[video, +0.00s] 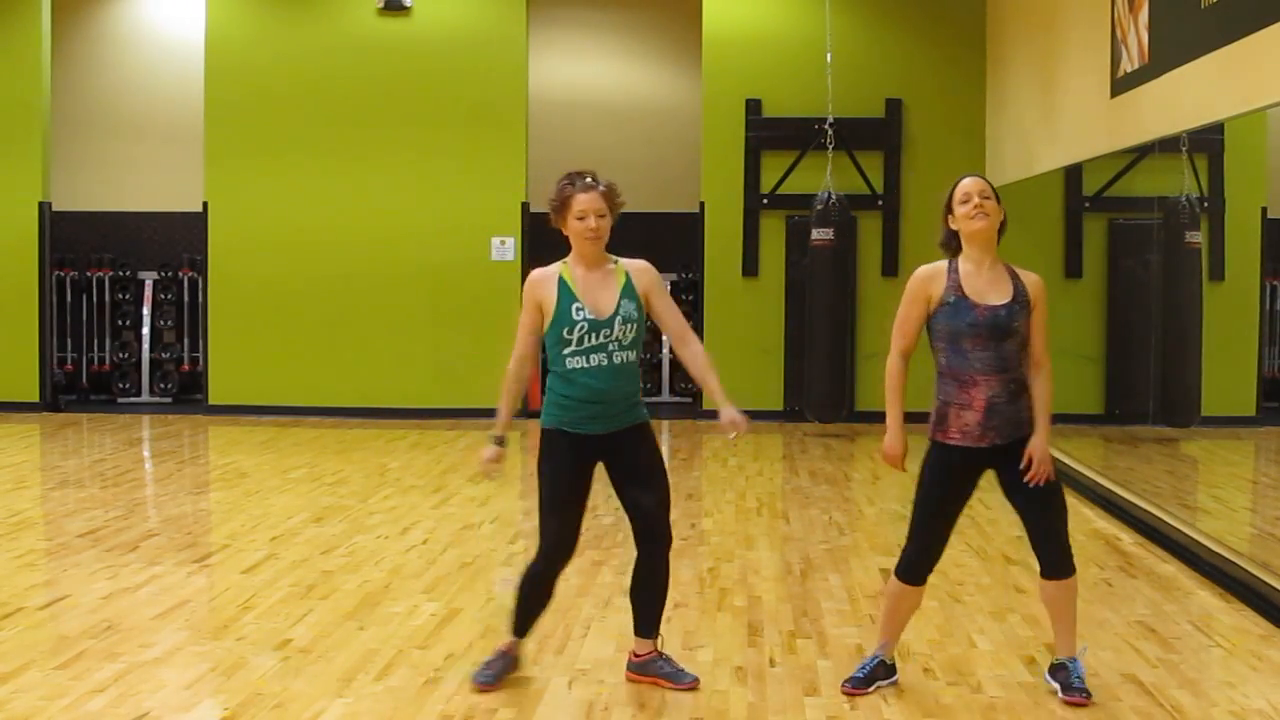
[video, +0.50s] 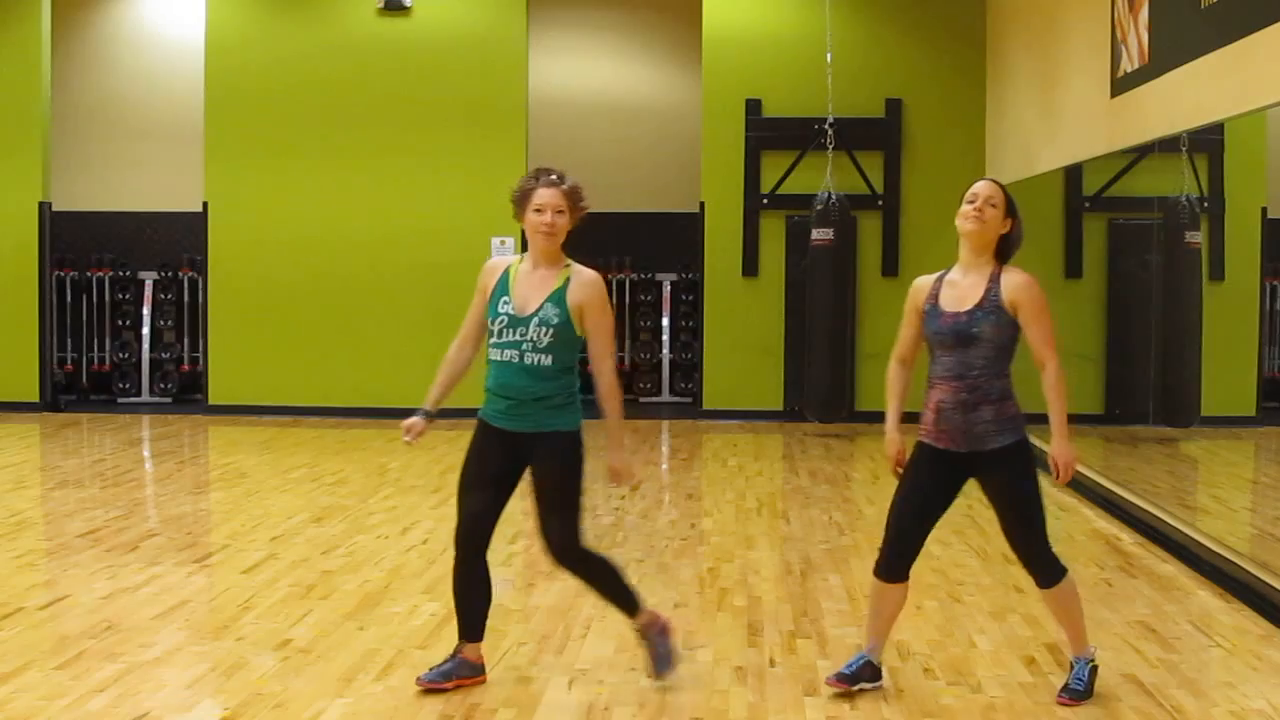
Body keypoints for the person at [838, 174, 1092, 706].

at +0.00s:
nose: (977, 203)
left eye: (986, 196)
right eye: (966, 199)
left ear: (1001, 215)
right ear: (951, 220)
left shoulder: (1029, 285)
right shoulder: (929, 280)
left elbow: (1038, 364)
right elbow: (898, 353)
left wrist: (1041, 434)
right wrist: (894, 427)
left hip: (1019, 441)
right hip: (954, 443)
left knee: (1056, 551)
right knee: (918, 555)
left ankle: (1066, 661)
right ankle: (882, 656)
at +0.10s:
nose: (983, 208)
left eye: (992, 201)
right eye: (972, 205)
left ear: (1010, 218)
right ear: (960, 227)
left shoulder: (1040, 288)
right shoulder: (937, 289)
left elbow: (1059, 365)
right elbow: (915, 366)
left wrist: (1063, 436)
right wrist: (912, 439)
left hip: (1037, 443)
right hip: (972, 448)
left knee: (1059, 558)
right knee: (933, 558)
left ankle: (1063, 664)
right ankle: (887, 658)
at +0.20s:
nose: (986, 208)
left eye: (997, 201)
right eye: (977, 203)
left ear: (1017, 220)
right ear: (965, 223)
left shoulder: (1042, 285)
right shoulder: (943, 293)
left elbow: (1065, 365)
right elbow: (935, 371)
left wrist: (1070, 437)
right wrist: (934, 443)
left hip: (1041, 442)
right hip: (975, 446)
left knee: (1059, 560)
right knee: (929, 551)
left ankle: (1064, 664)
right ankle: (903, 659)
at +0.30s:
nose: (986, 207)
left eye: (998, 202)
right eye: (978, 202)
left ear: (1018, 221)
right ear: (966, 220)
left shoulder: (1037, 283)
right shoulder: (947, 293)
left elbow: (1067, 360)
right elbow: (941, 369)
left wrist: (1069, 433)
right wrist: (934, 436)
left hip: (1035, 442)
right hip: (972, 443)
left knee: (1052, 558)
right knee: (913, 537)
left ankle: (1069, 663)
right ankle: (902, 654)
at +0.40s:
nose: (982, 204)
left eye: (996, 201)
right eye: (976, 199)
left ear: (1014, 223)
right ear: (963, 216)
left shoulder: (1029, 281)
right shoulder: (941, 291)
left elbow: (1062, 358)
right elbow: (928, 365)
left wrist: (1067, 434)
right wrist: (914, 433)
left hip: (1024, 441)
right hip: (963, 441)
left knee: (1049, 557)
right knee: (901, 533)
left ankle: (1080, 659)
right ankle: (883, 649)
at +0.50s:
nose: (975, 207)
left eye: (988, 204)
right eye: (970, 200)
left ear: (1006, 226)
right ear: (956, 216)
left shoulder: (1016, 285)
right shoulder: (926, 288)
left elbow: (1049, 362)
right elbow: (901, 360)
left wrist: (1060, 437)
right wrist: (893, 428)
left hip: (1000, 443)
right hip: (938, 442)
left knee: (1036, 556)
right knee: (895, 547)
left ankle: (1082, 658)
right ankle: (870, 657)